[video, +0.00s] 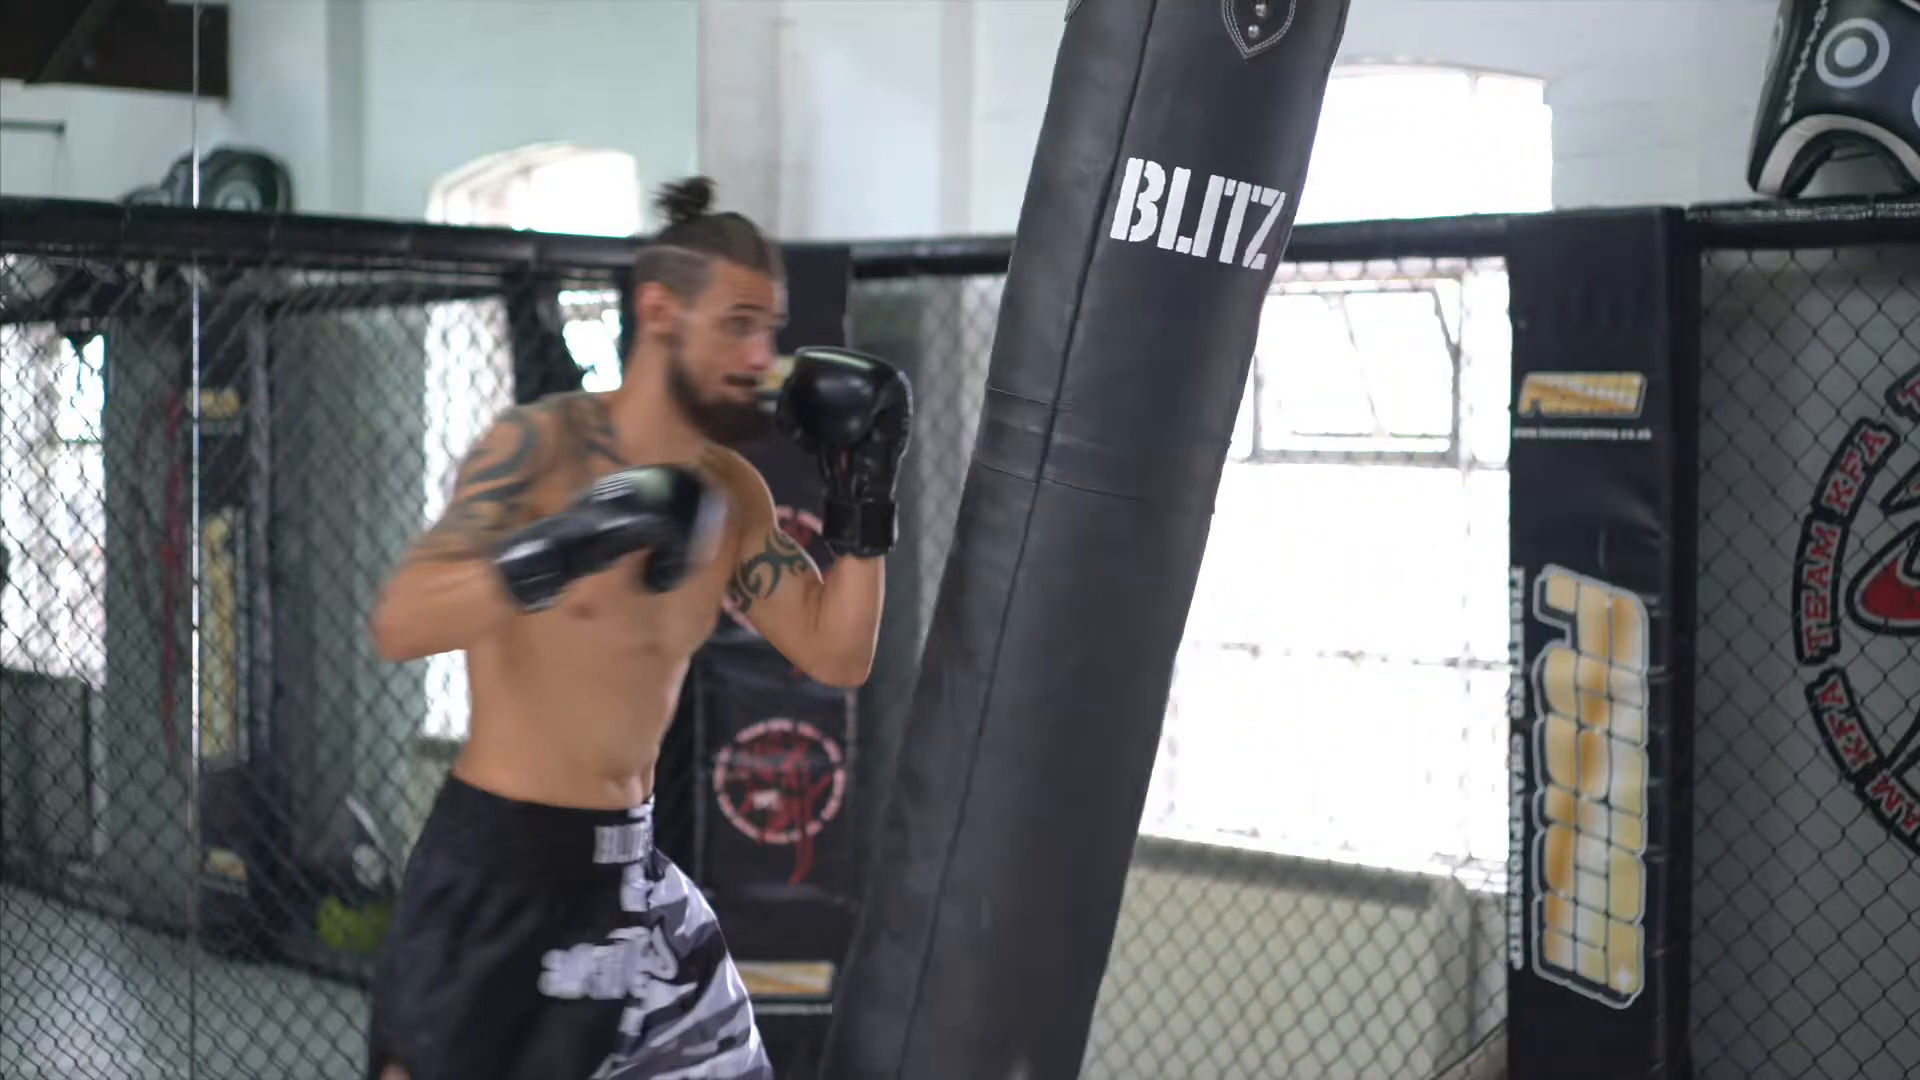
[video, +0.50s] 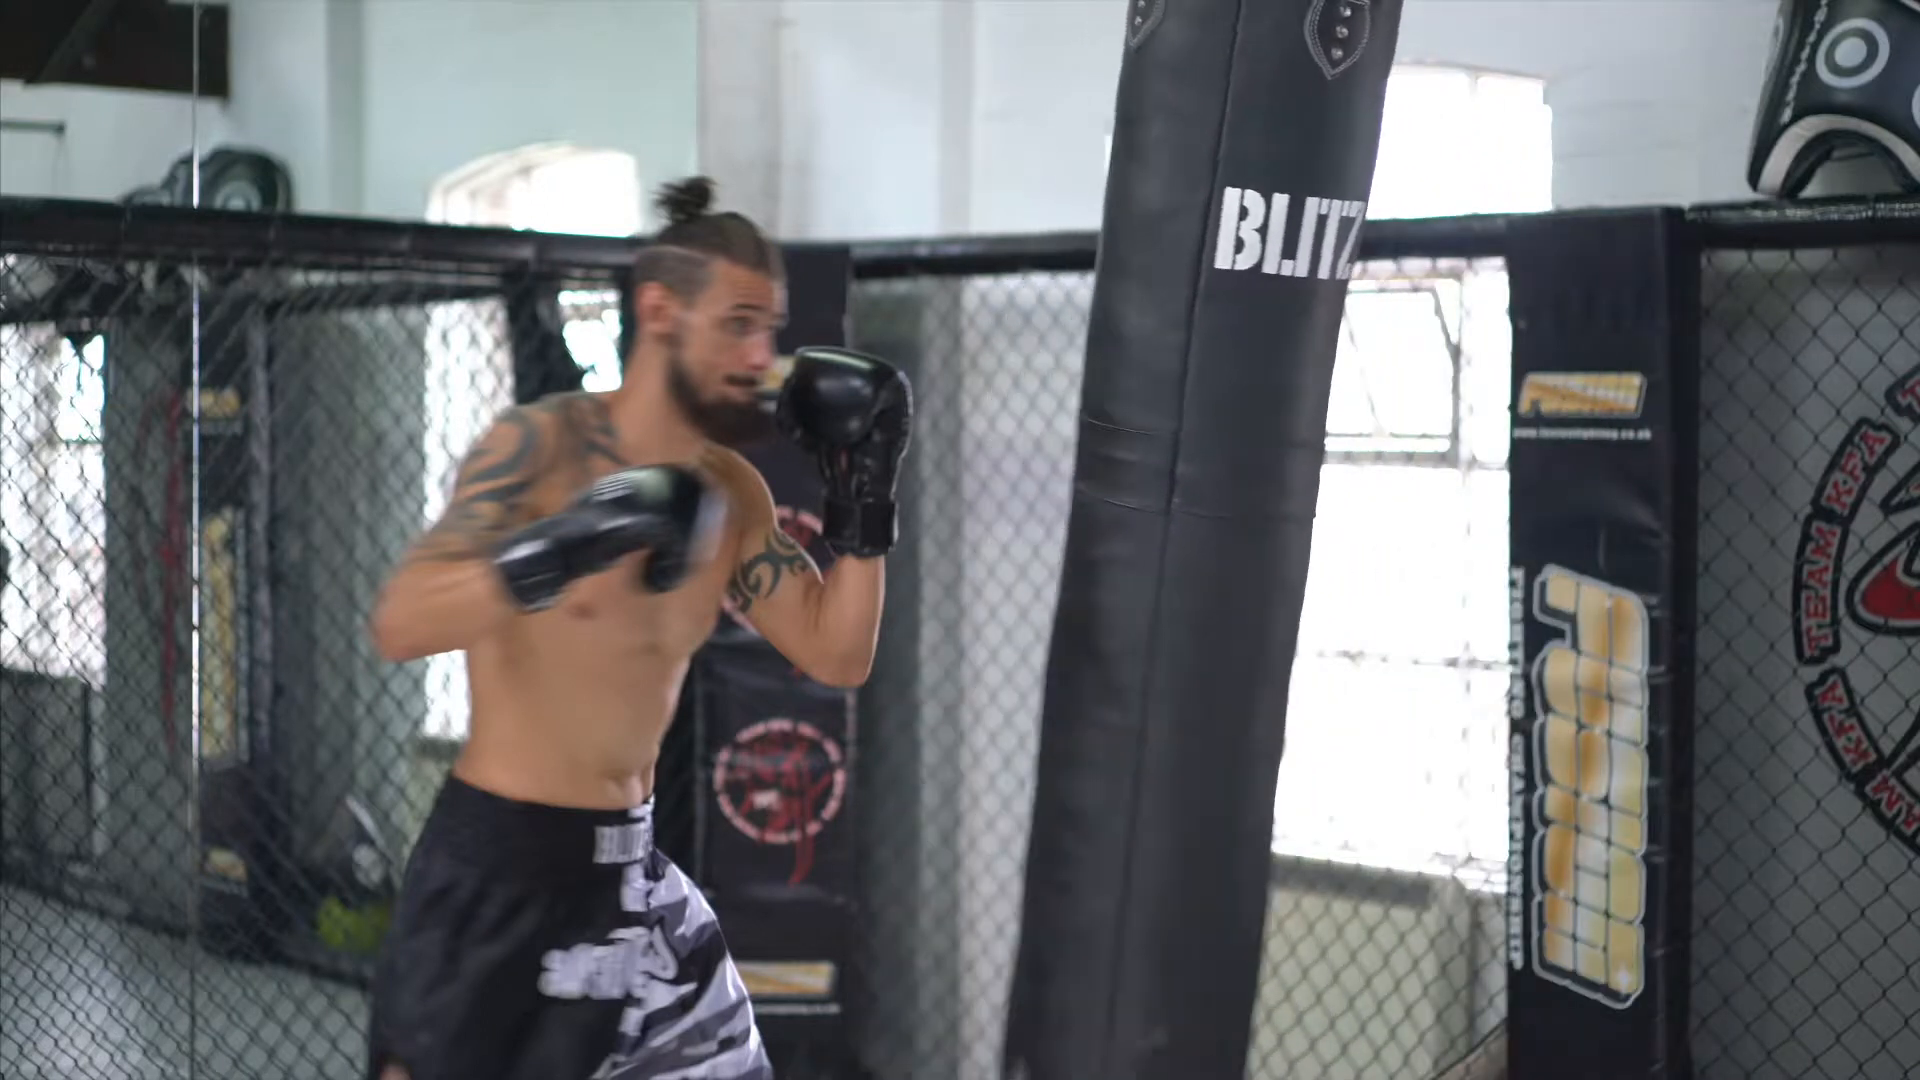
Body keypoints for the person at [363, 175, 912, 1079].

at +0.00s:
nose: (762, 357)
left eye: (772, 331)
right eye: (739, 325)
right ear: (656, 310)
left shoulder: (733, 492)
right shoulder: (538, 441)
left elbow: (839, 656)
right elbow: (400, 624)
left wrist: (866, 479)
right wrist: (568, 547)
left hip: (635, 867)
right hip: (500, 865)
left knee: (732, 1066)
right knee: (437, 1065)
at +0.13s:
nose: (762, 357)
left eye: (772, 331)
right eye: (739, 325)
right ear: (656, 310)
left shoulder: (733, 492)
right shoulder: (538, 441)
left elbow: (839, 655)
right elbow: (400, 623)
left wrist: (866, 480)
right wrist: (568, 547)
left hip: (635, 867)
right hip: (500, 865)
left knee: (731, 1066)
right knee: (438, 1065)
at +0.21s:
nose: (762, 357)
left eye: (772, 331)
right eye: (739, 325)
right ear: (656, 310)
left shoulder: (733, 492)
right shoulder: (538, 441)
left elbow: (839, 655)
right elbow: (400, 624)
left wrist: (866, 479)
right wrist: (568, 547)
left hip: (635, 867)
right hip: (500, 865)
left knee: (732, 1066)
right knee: (439, 1065)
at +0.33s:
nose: (763, 357)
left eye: (772, 331)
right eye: (740, 325)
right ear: (656, 310)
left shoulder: (733, 493)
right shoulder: (538, 440)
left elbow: (839, 655)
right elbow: (400, 623)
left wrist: (865, 480)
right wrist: (569, 547)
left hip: (636, 868)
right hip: (501, 867)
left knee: (732, 1066)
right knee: (442, 1065)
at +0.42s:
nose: (763, 357)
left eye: (772, 331)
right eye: (740, 325)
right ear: (656, 310)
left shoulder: (733, 493)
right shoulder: (538, 440)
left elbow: (839, 655)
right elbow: (400, 623)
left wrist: (865, 480)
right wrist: (569, 547)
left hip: (636, 868)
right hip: (500, 867)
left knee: (732, 1066)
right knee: (442, 1065)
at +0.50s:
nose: (763, 357)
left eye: (772, 331)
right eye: (740, 325)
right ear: (656, 310)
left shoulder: (733, 493)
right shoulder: (538, 441)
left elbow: (839, 655)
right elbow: (400, 623)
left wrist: (865, 480)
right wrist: (568, 547)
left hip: (636, 868)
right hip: (500, 867)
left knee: (732, 1066)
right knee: (442, 1065)